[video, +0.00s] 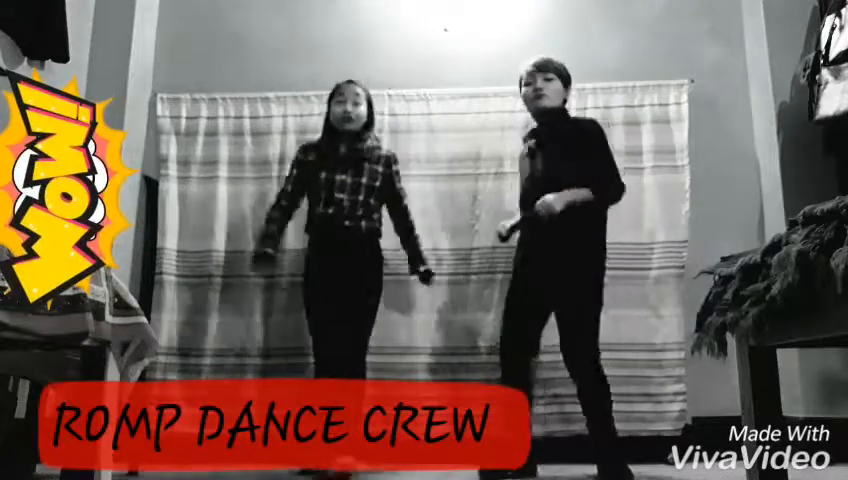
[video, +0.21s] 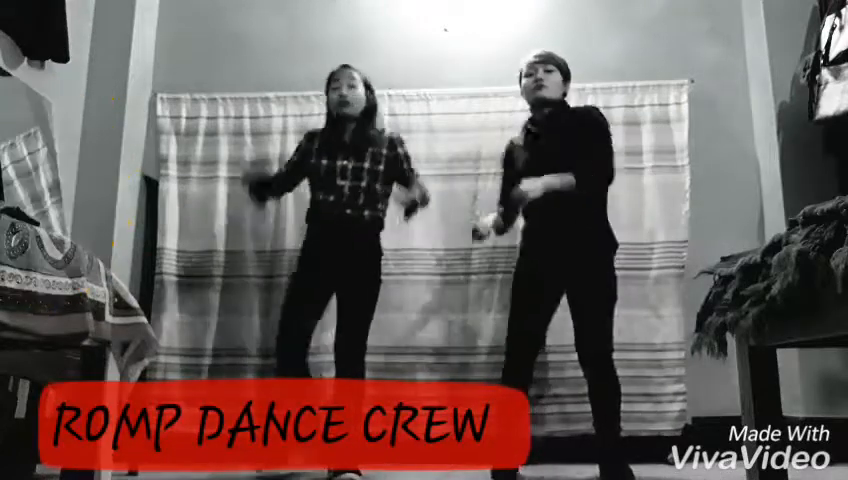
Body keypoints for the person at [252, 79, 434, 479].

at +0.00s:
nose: (348, 107)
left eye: (356, 102)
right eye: (340, 101)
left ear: (368, 112)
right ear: (328, 110)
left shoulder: (382, 159)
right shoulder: (310, 156)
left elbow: (400, 212)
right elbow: (285, 202)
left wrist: (418, 259)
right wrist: (267, 244)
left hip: (363, 264)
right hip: (322, 262)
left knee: (352, 353)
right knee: (326, 352)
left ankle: (351, 439)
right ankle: (325, 440)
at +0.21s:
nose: (343, 91)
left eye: (352, 85)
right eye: (336, 86)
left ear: (368, 95)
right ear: (326, 98)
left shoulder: (388, 145)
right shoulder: (315, 142)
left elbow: (414, 188)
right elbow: (288, 179)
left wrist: (416, 198)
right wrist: (266, 186)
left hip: (362, 251)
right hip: (319, 249)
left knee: (350, 349)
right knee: (291, 339)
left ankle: (345, 447)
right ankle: (294, 435)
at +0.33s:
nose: (325, 89)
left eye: (332, 81)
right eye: (317, 85)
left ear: (350, 89)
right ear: (311, 99)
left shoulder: (377, 128)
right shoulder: (306, 136)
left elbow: (429, 147)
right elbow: (266, 135)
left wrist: (422, 192)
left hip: (357, 244)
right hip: (313, 243)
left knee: (347, 350)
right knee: (287, 346)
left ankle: (346, 451)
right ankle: (260, 447)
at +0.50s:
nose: (324, 86)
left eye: (333, 81)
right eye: (316, 81)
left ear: (348, 96)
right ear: (305, 95)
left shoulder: (363, 131)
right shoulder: (289, 129)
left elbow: (414, 145)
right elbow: (247, 114)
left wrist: (397, 184)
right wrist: (242, 113)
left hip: (340, 245)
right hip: (295, 244)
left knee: (338, 351)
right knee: (275, 349)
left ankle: (344, 454)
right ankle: (255, 451)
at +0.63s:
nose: (333, 89)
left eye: (342, 85)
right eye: (325, 82)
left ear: (352, 101)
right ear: (310, 94)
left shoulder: (353, 144)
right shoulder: (285, 131)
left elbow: (404, 153)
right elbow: (232, 148)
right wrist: (223, 166)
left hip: (333, 254)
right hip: (284, 251)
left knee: (334, 356)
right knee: (270, 353)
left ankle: (344, 457)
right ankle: (251, 454)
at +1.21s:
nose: (334, 88)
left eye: (342, 83)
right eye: (325, 81)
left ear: (352, 96)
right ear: (309, 90)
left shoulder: (356, 140)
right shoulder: (284, 128)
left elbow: (400, 173)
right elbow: (222, 126)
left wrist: (390, 134)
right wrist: (255, 120)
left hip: (339, 249)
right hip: (292, 245)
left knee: (339, 354)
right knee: (274, 351)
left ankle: (345, 458)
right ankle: (250, 455)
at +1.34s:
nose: (321, 90)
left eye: (330, 85)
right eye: (312, 83)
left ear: (342, 95)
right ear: (298, 92)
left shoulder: (354, 142)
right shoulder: (277, 140)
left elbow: (384, 185)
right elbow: (242, 191)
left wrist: (366, 224)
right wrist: (253, 169)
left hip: (336, 256)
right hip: (287, 255)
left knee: (337, 357)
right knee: (271, 354)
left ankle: (345, 458)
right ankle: (250, 456)